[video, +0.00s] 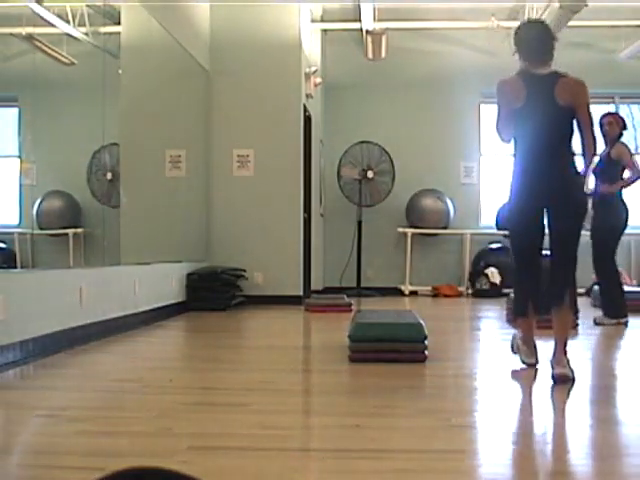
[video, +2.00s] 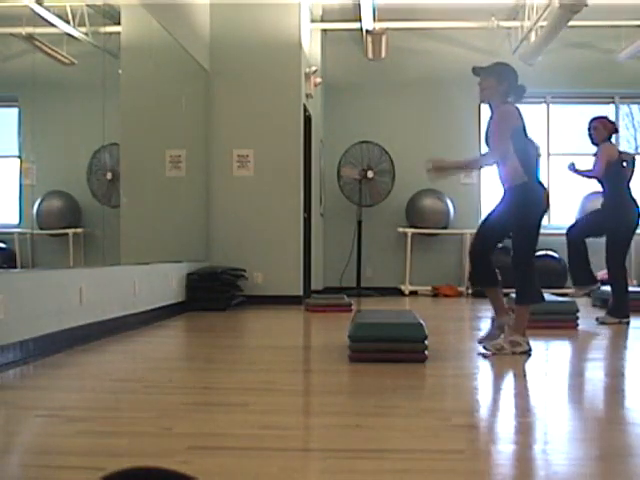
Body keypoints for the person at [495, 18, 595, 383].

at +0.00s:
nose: (525, 54)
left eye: (521, 48)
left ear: (519, 51)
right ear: (553, 49)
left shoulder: (507, 87)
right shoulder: (573, 87)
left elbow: (504, 133)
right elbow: (589, 140)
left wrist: (522, 110)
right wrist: (587, 172)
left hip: (526, 186)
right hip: (565, 186)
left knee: (525, 265)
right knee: (563, 268)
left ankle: (526, 342)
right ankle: (560, 356)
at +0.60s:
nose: (501, 85)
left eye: (503, 80)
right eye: (501, 80)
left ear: (511, 80)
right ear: (528, 81)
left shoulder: (515, 109)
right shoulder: (542, 112)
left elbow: (515, 154)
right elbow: (561, 154)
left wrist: (502, 150)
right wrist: (542, 173)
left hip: (520, 189)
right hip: (538, 190)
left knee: (507, 259)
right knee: (524, 260)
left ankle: (532, 329)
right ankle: (537, 330)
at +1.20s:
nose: (480, 86)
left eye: (485, 82)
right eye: (481, 82)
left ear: (501, 86)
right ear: (500, 87)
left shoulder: (507, 114)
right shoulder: (508, 114)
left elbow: (488, 158)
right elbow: (540, 149)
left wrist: (450, 150)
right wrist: (568, 178)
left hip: (531, 197)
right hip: (530, 196)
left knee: (529, 265)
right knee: (479, 241)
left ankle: (528, 337)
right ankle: (505, 304)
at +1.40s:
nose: (484, 88)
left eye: (489, 83)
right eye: (485, 83)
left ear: (504, 84)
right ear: (500, 85)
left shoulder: (515, 114)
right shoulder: (508, 115)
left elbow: (512, 168)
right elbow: (506, 167)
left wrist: (504, 212)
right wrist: (501, 210)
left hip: (519, 196)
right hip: (510, 195)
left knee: (517, 262)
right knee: (501, 261)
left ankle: (527, 335)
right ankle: (512, 329)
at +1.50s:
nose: (482, 85)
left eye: (487, 80)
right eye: (483, 80)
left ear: (503, 83)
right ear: (501, 84)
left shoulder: (509, 111)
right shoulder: (506, 112)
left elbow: (520, 156)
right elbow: (499, 160)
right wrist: (466, 183)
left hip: (520, 188)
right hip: (517, 187)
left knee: (509, 256)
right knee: (508, 255)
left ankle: (521, 328)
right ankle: (517, 326)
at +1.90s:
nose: (481, 84)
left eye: (487, 80)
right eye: (481, 80)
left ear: (503, 83)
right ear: (492, 84)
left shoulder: (511, 113)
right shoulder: (498, 115)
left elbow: (512, 164)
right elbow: (502, 166)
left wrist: (490, 198)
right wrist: (486, 199)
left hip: (519, 190)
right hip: (507, 190)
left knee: (511, 258)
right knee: (499, 258)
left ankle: (518, 334)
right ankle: (511, 329)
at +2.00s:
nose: (479, 86)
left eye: (484, 82)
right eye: (480, 82)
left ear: (501, 86)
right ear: (497, 87)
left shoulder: (504, 113)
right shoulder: (502, 115)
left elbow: (498, 154)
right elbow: (494, 157)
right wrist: (458, 169)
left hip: (524, 194)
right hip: (520, 194)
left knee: (522, 262)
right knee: (479, 250)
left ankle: (517, 336)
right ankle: (502, 319)